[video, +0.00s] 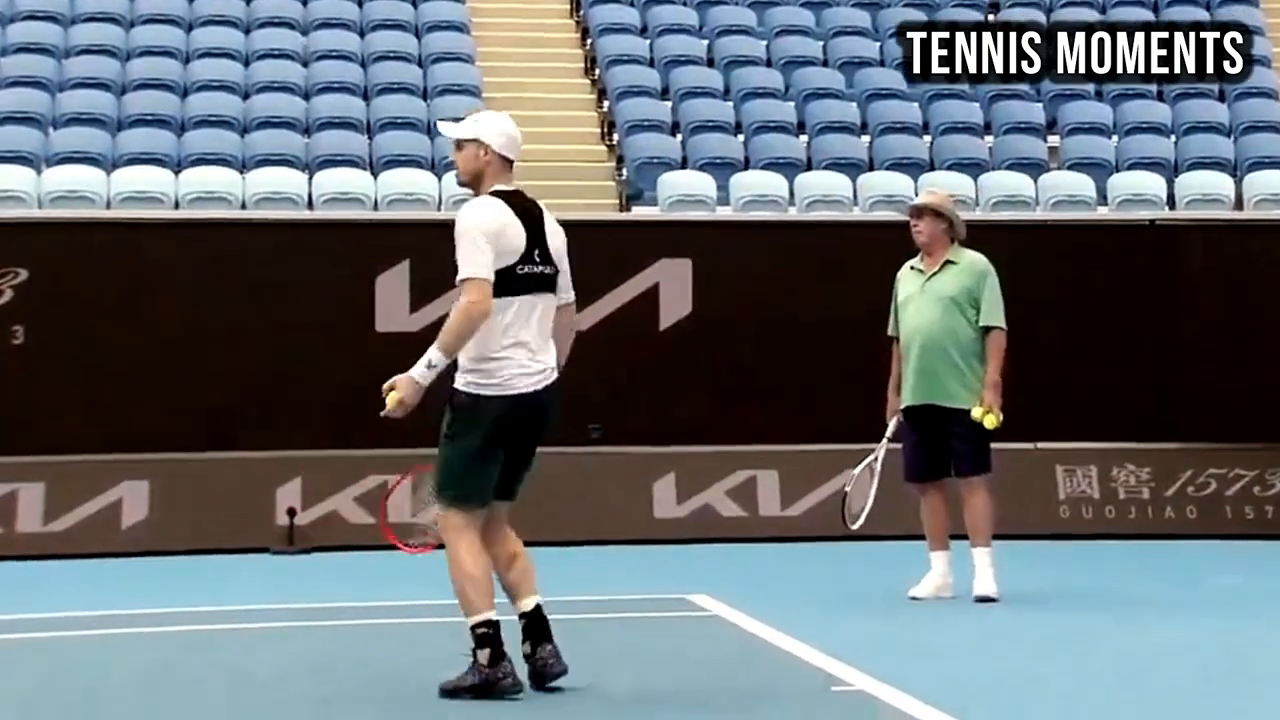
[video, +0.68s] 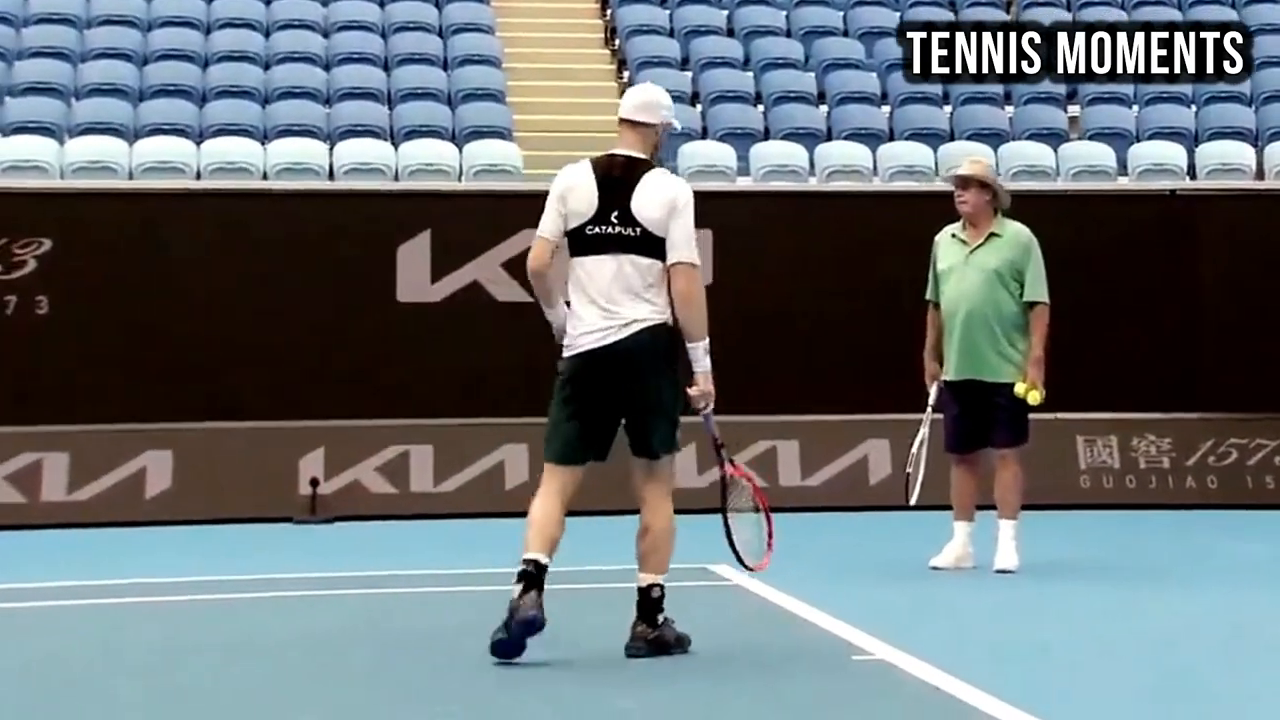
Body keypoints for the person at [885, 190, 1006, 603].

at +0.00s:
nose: (913, 225)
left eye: (921, 218)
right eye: (912, 219)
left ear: (945, 223)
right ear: (916, 227)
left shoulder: (977, 267)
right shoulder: (906, 274)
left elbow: (995, 330)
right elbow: (898, 342)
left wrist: (992, 382)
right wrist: (893, 395)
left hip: (965, 396)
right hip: (917, 397)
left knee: (972, 481)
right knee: (928, 484)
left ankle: (983, 568)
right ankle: (939, 571)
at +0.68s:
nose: (961, 194)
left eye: (969, 187)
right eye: (958, 188)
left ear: (991, 193)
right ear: (954, 194)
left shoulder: (1020, 239)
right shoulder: (944, 240)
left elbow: (1039, 305)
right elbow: (935, 305)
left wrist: (1036, 361)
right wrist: (931, 356)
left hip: (1006, 368)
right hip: (957, 367)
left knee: (1006, 454)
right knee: (962, 457)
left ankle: (1007, 541)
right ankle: (961, 542)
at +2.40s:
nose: (1005, 215)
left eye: (1012, 205)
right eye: (998, 206)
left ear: (1028, 209)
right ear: (988, 212)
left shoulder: (1050, 252)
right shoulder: (977, 251)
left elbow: (1073, 319)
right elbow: (961, 314)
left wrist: (1075, 377)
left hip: (1038, 382)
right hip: (991, 381)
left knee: (1028, 473)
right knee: (997, 474)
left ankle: (1022, 557)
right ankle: (999, 557)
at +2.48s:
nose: (1004, 211)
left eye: (1010, 200)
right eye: (997, 201)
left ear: (1025, 203)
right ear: (988, 206)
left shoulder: (1047, 248)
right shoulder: (976, 249)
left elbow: (1068, 313)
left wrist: (1069, 370)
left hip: (1035, 380)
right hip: (989, 379)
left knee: (1028, 468)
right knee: (990, 469)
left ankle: (1022, 556)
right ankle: (995, 554)